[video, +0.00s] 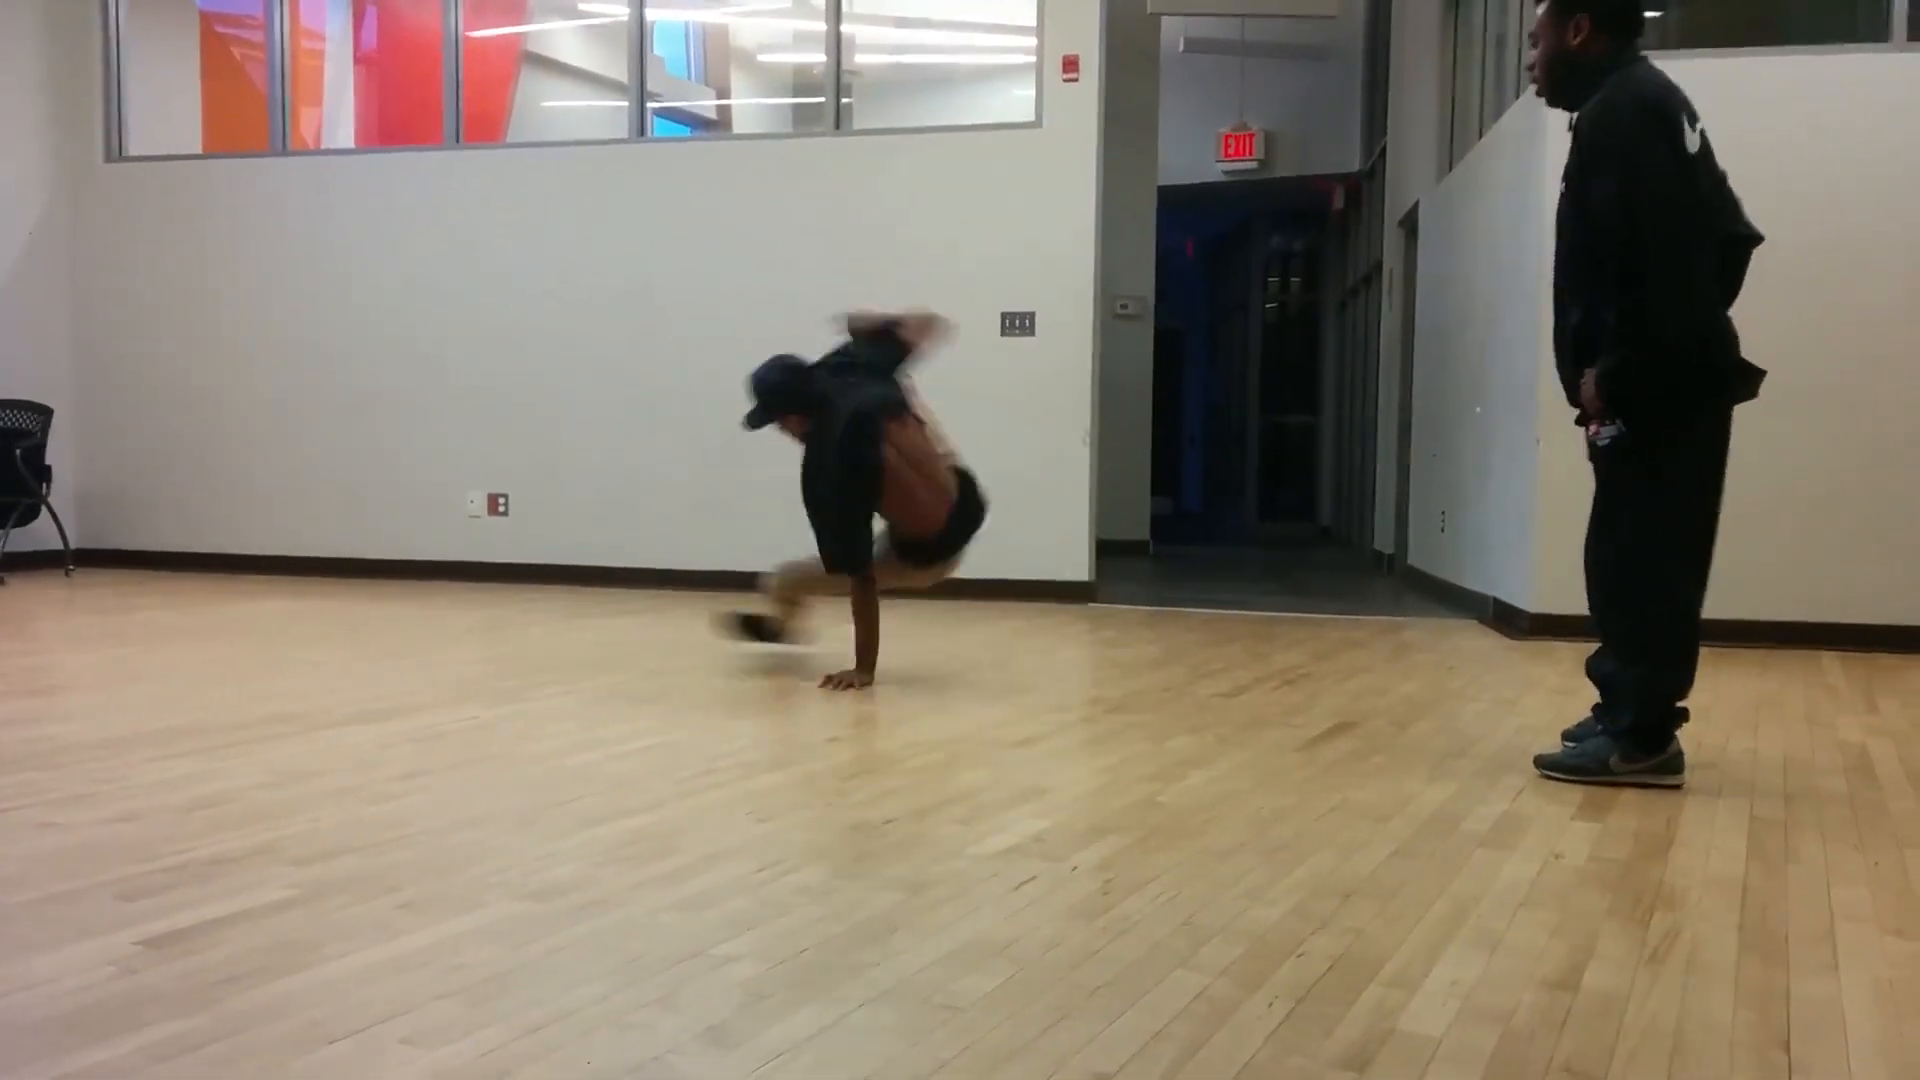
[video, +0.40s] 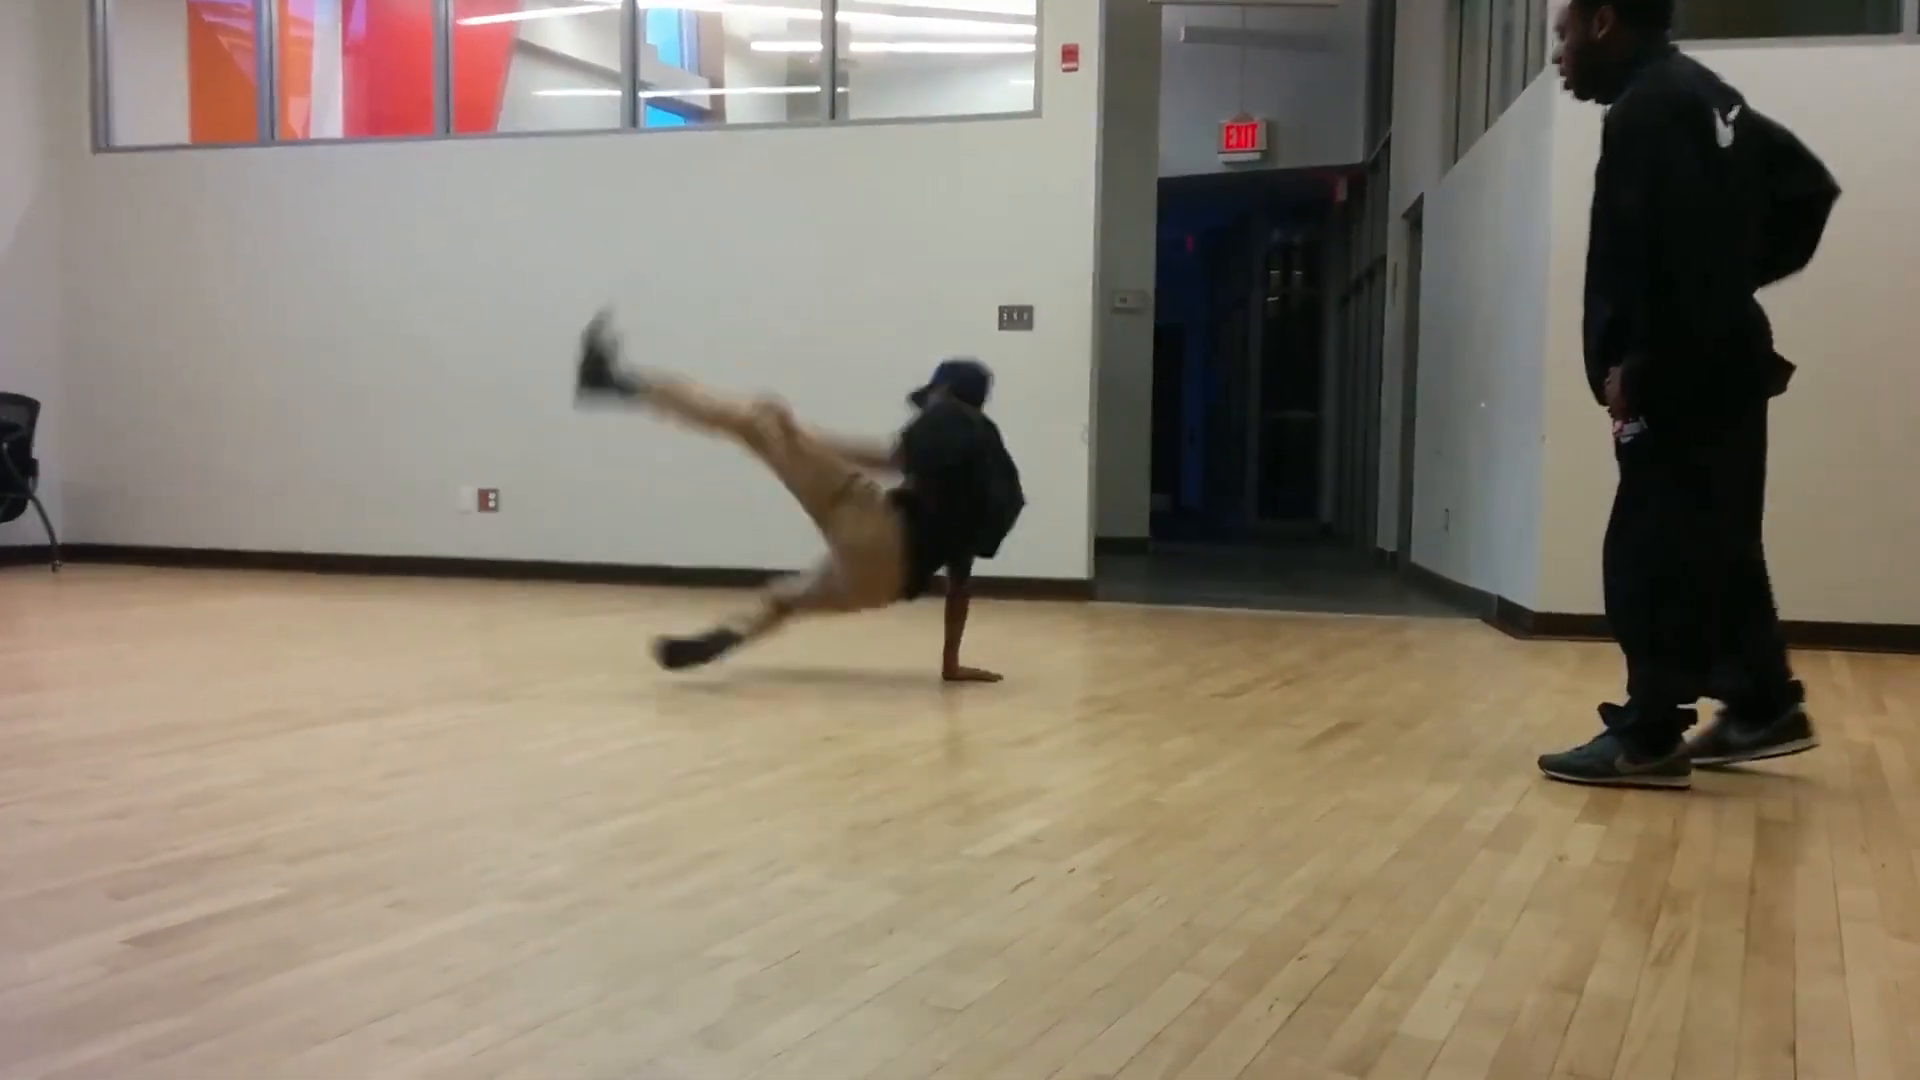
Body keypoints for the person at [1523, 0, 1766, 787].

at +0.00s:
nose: (1529, 60)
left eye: (1537, 39)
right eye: (1530, 42)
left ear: (1583, 35)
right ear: (1594, 37)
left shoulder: (1623, 109)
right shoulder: (1653, 100)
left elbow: (1643, 265)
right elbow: (1731, 236)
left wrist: (1606, 372)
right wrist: (1664, 348)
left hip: (1654, 393)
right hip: (1676, 388)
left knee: (1636, 556)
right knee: (1647, 553)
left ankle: (1639, 735)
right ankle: (1635, 723)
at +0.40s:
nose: (1556, 56)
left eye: (1562, 33)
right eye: (1556, 37)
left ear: (1606, 25)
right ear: (1626, 28)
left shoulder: (1641, 113)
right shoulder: (1707, 97)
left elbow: (1624, 246)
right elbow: (1807, 191)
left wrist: (1617, 360)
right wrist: (1729, 273)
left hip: (1675, 380)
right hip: (1731, 370)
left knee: (1647, 551)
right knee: (1722, 539)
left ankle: (1647, 732)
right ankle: (1765, 707)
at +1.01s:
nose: (1679, 41)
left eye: (1689, 22)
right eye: (1681, 25)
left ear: (1732, 24)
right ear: (1752, 30)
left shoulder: (1731, 108)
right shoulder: (1814, 101)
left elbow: (1725, 243)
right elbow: (1903, 216)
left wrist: (1693, 356)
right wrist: (1842, 303)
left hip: (1746, 378)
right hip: (1828, 377)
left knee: (1685, 535)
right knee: (1810, 548)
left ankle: (1670, 718)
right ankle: (1794, 728)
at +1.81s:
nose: (1703, 74)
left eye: (1711, 52)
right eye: (1702, 56)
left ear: (1763, 36)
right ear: (1765, 39)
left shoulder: (1811, 103)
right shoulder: (1820, 102)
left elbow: (1856, 252)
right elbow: (1897, 253)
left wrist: (1785, 349)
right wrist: (1815, 351)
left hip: (1800, 389)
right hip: (1830, 387)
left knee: (1748, 537)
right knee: (1812, 538)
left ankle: (1778, 725)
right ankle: (1799, 715)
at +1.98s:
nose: (1666, 80)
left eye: (1675, 59)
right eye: (1665, 63)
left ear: (1727, 47)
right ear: (1727, 51)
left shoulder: (1774, 116)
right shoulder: (1759, 118)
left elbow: (1815, 270)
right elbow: (1816, 268)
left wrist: (1738, 374)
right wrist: (1715, 369)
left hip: (1774, 405)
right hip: (1751, 405)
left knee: (1754, 566)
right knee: (1730, 562)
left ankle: (1748, 752)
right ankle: (1723, 736)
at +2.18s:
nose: (1592, 83)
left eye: (1601, 62)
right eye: (1591, 65)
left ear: (1655, 51)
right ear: (1654, 55)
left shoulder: (1696, 125)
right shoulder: (1678, 125)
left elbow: (1709, 278)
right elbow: (1686, 276)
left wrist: (1658, 389)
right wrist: (1633, 382)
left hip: (1691, 414)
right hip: (1666, 412)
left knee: (1681, 583)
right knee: (1657, 579)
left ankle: (1682, 773)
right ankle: (1649, 743)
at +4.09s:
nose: (1538, 181)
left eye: (1546, 161)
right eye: (1536, 163)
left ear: (1596, 148)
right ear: (1599, 150)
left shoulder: (1648, 227)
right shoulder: (1626, 226)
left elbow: (1666, 378)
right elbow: (1631, 374)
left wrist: (1598, 479)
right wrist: (1572, 469)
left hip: (1644, 499)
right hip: (1619, 498)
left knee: (1631, 666)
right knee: (1611, 662)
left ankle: (1653, 857)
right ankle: (1619, 827)